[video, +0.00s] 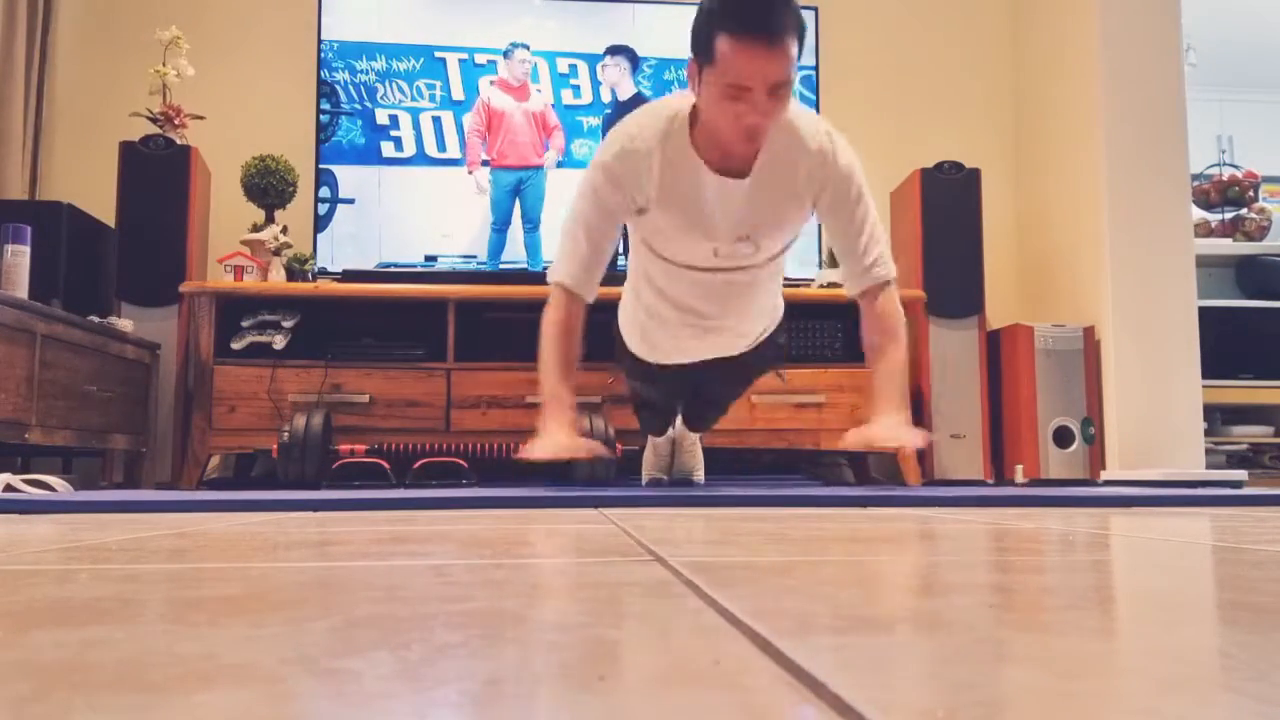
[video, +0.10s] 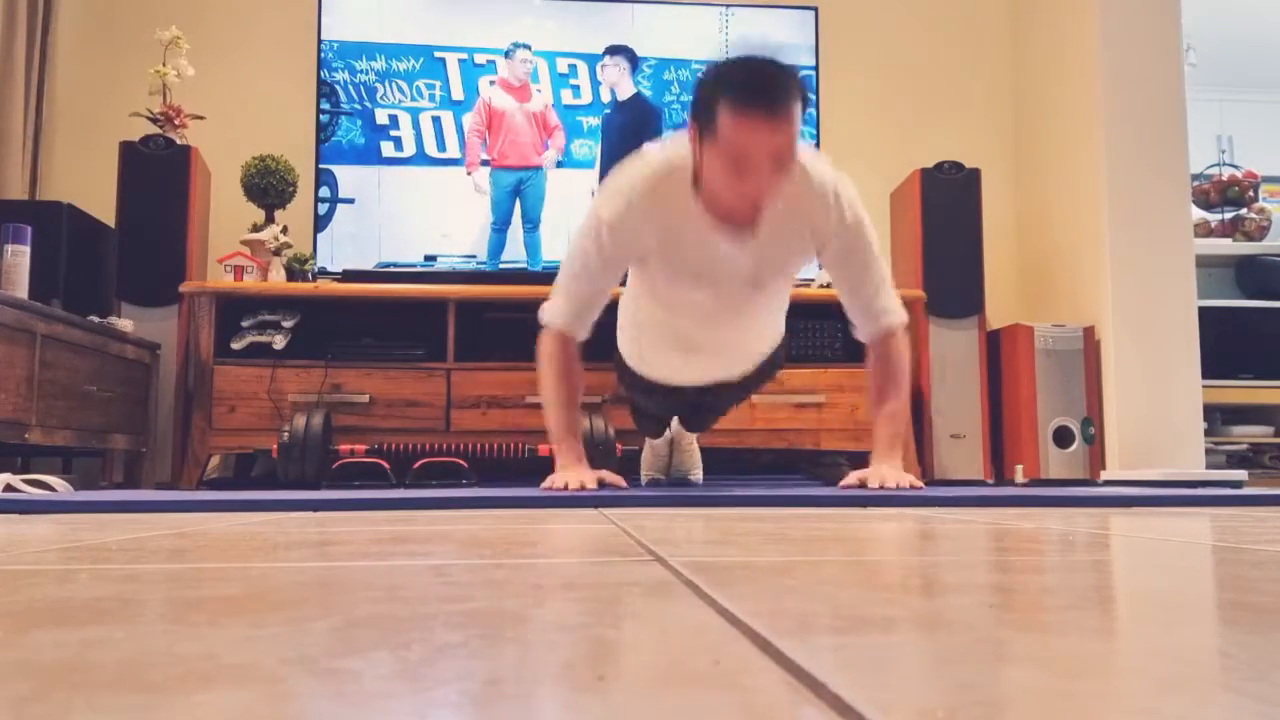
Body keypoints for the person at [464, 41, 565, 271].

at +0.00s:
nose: (527, 67)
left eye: (529, 62)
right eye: (522, 62)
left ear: (531, 65)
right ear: (507, 63)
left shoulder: (538, 97)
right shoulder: (490, 97)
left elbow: (556, 130)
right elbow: (475, 133)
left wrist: (555, 150)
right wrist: (475, 169)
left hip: (534, 171)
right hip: (502, 171)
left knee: (532, 224)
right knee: (500, 225)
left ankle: (536, 272)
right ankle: (492, 270)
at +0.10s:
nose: (528, 67)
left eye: (531, 62)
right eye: (523, 62)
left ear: (533, 65)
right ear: (508, 63)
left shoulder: (540, 98)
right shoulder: (491, 97)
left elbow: (557, 130)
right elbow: (475, 133)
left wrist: (555, 150)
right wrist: (474, 169)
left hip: (534, 171)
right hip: (503, 171)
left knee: (532, 225)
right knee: (500, 225)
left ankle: (535, 272)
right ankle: (491, 271)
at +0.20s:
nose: (529, 67)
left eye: (531, 62)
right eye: (524, 62)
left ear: (533, 65)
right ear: (509, 63)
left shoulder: (539, 96)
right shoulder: (491, 96)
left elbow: (559, 129)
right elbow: (475, 132)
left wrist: (553, 144)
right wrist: (471, 169)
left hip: (534, 171)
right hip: (503, 171)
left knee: (532, 224)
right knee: (500, 224)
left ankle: (535, 271)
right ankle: (491, 270)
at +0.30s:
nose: (529, 67)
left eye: (532, 63)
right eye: (524, 62)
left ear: (534, 65)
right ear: (509, 63)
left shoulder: (540, 95)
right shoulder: (491, 96)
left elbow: (560, 128)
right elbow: (475, 132)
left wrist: (553, 138)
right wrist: (470, 169)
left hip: (535, 171)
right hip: (503, 171)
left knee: (532, 224)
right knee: (500, 224)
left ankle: (535, 271)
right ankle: (491, 270)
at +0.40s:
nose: (530, 68)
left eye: (532, 64)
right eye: (525, 63)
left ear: (534, 65)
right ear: (509, 63)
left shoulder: (539, 95)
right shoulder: (491, 95)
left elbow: (562, 127)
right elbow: (475, 132)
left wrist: (549, 129)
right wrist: (471, 169)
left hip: (535, 170)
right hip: (504, 170)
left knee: (532, 224)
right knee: (500, 224)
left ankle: (535, 271)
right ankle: (491, 270)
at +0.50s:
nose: (529, 70)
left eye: (531, 65)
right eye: (524, 64)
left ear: (533, 66)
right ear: (508, 64)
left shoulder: (537, 96)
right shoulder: (491, 96)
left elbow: (562, 127)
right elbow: (475, 131)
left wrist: (552, 126)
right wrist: (480, 167)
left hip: (535, 170)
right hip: (505, 170)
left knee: (532, 223)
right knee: (500, 224)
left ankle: (535, 270)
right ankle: (490, 269)